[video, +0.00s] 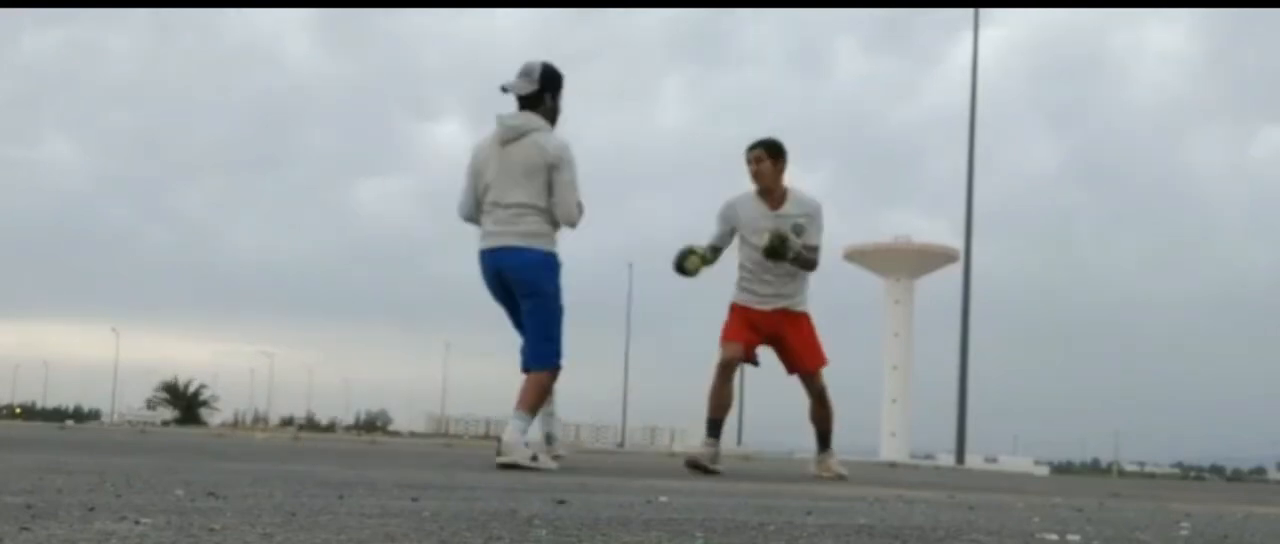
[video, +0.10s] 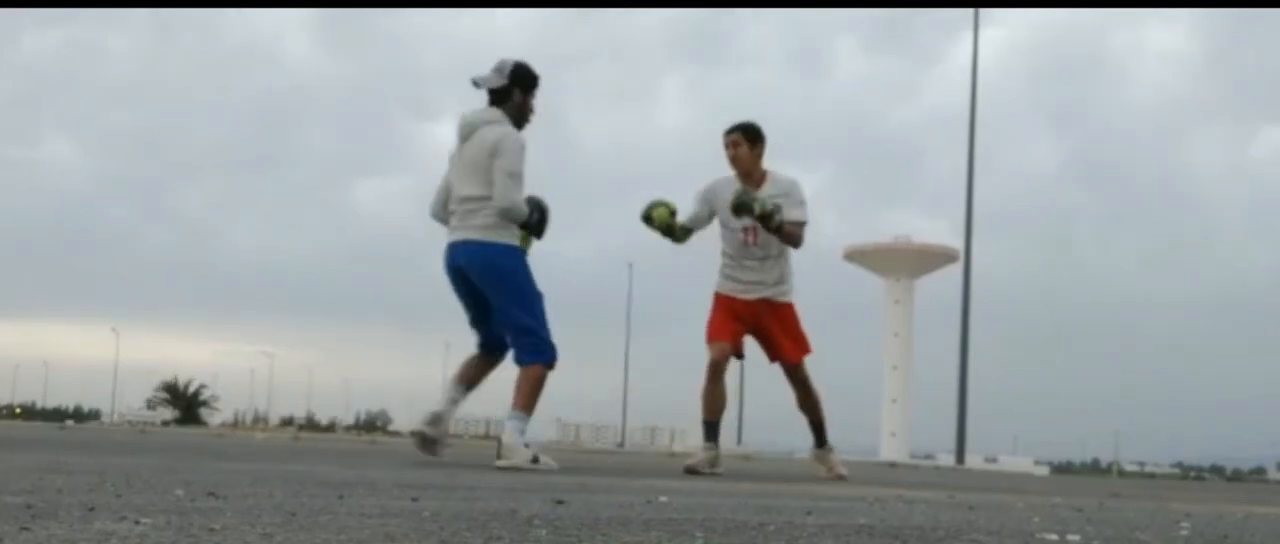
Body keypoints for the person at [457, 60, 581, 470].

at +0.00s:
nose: (562, 107)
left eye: (557, 100)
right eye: (560, 100)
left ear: (518, 98)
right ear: (552, 101)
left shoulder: (486, 145)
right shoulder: (554, 146)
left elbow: (468, 209)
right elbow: (567, 213)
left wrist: (500, 213)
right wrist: (571, 202)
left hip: (492, 255)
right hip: (534, 255)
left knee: (537, 344)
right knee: (544, 352)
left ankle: (544, 434)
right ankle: (516, 438)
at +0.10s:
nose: (533, 107)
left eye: (533, 98)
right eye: (530, 97)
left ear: (497, 96)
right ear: (514, 96)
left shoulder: (467, 143)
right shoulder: (508, 138)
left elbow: (439, 208)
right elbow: (507, 204)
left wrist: (486, 220)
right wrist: (533, 212)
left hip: (459, 252)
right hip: (496, 252)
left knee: (493, 344)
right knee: (538, 351)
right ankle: (514, 444)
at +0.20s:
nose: (493, 105)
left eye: (493, 96)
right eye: (489, 95)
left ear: (463, 92)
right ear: (469, 91)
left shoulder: (434, 128)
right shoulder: (456, 127)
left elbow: (440, 195)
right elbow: (458, 185)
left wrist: (482, 208)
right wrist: (491, 201)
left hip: (430, 252)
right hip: (456, 252)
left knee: (421, 354)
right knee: (513, 342)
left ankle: (317, 401)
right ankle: (513, 446)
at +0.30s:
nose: (457, 107)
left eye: (457, 98)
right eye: (453, 97)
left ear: (426, 95)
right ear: (432, 95)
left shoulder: (396, 134)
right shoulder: (416, 132)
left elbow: (396, 211)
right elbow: (409, 188)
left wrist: (443, 231)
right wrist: (449, 199)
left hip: (373, 248)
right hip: (403, 248)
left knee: (345, 345)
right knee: (468, 337)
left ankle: (267, 422)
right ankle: (499, 439)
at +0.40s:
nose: (434, 101)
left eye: (434, 92)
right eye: (429, 91)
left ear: (402, 91)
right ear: (408, 90)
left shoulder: (376, 126)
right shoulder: (389, 126)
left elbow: (375, 215)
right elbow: (366, 182)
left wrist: (419, 229)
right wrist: (411, 196)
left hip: (334, 245)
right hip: (360, 246)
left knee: (333, 352)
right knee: (429, 328)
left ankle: (262, 426)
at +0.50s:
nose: (412, 105)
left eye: (413, 96)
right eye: (409, 95)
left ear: (379, 91)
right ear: (387, 90)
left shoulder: (350, 121)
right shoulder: (374, 124)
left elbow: (338, 205)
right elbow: (362, 182)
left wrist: (384, 228)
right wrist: (403, 188)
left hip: (310, 236)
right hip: (333, 239)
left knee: (338, 345)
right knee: (355, 347)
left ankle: (272, 412)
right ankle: (265, 399)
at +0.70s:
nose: (367, 176)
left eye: (367, 170)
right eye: (366, 170)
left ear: (330, 159)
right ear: (358, 165)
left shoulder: (297, 183)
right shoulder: (356, 190)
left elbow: (289, 224)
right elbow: (362, 230)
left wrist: (328, 245)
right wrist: (378, 279)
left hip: (250, 267)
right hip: (282, 274)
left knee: (310, 340)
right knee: (281, 382)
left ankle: (292, 429)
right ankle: (174, 418)